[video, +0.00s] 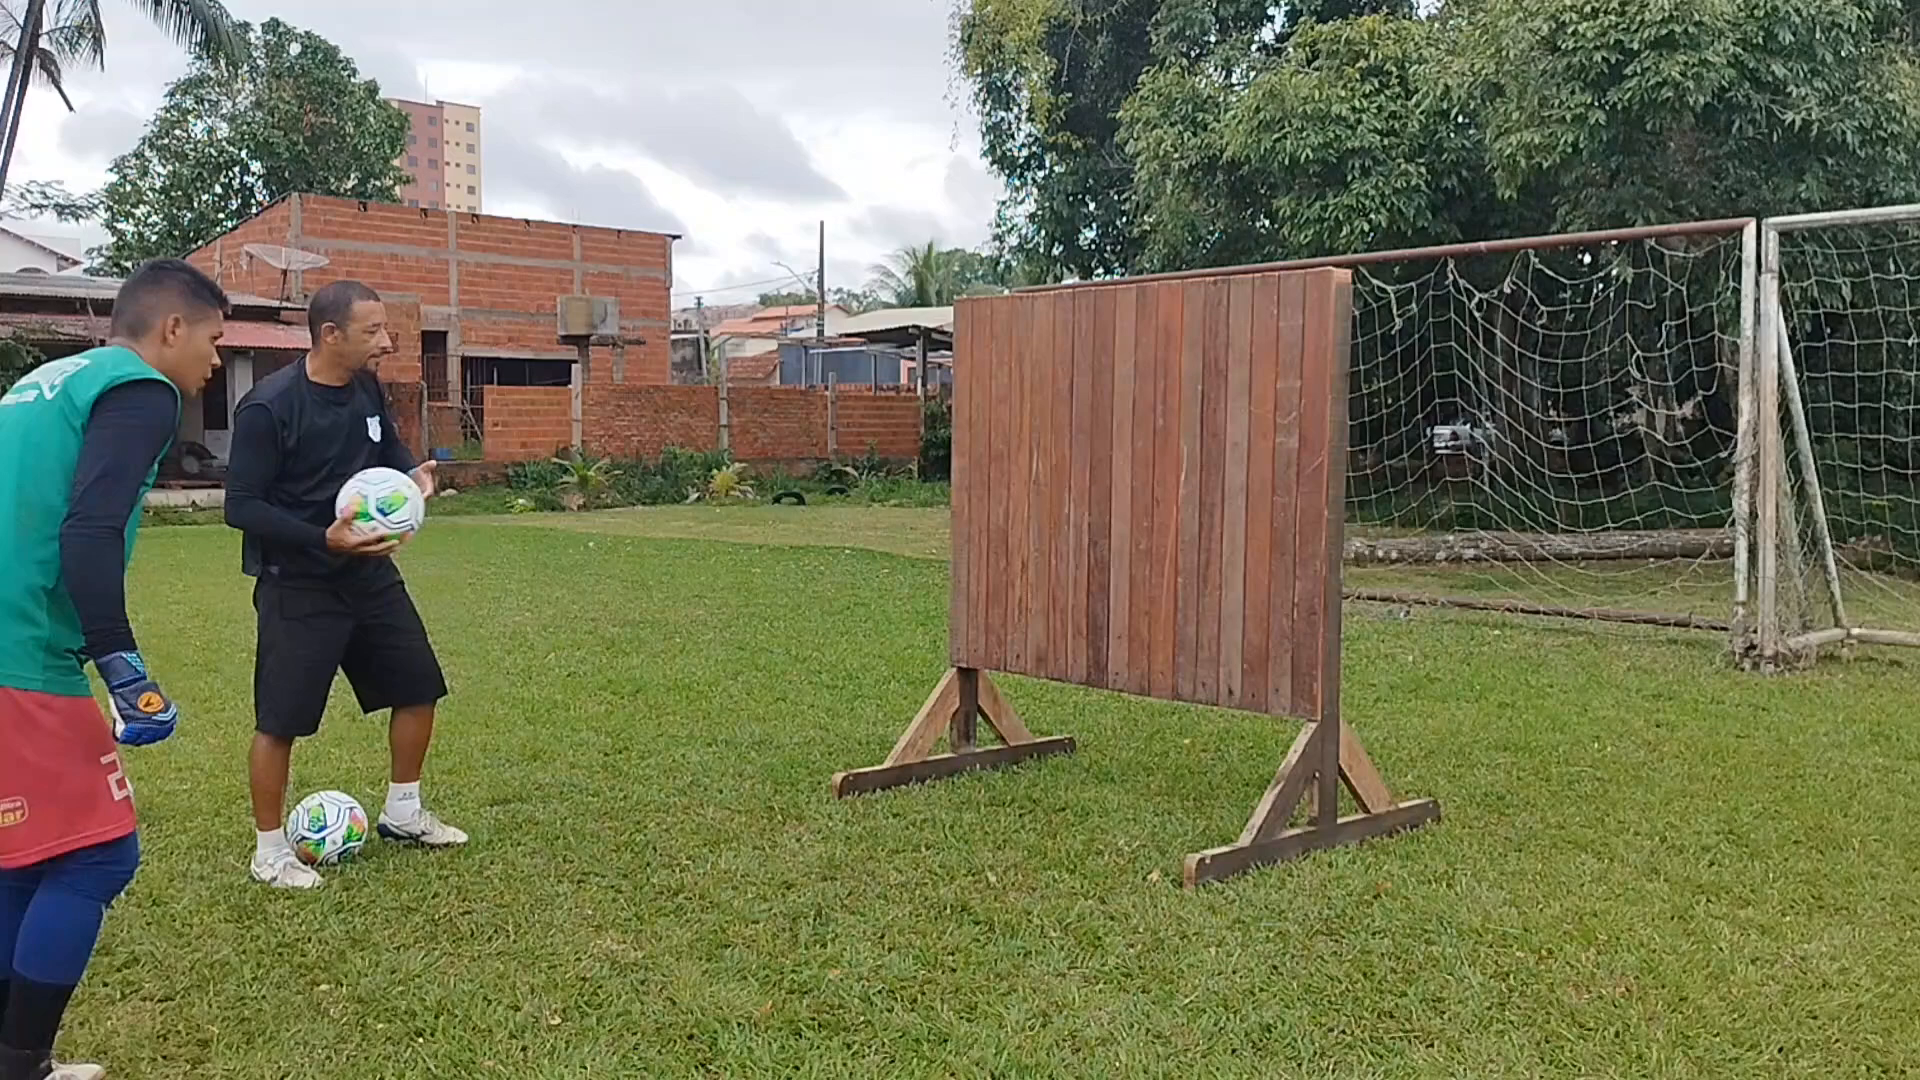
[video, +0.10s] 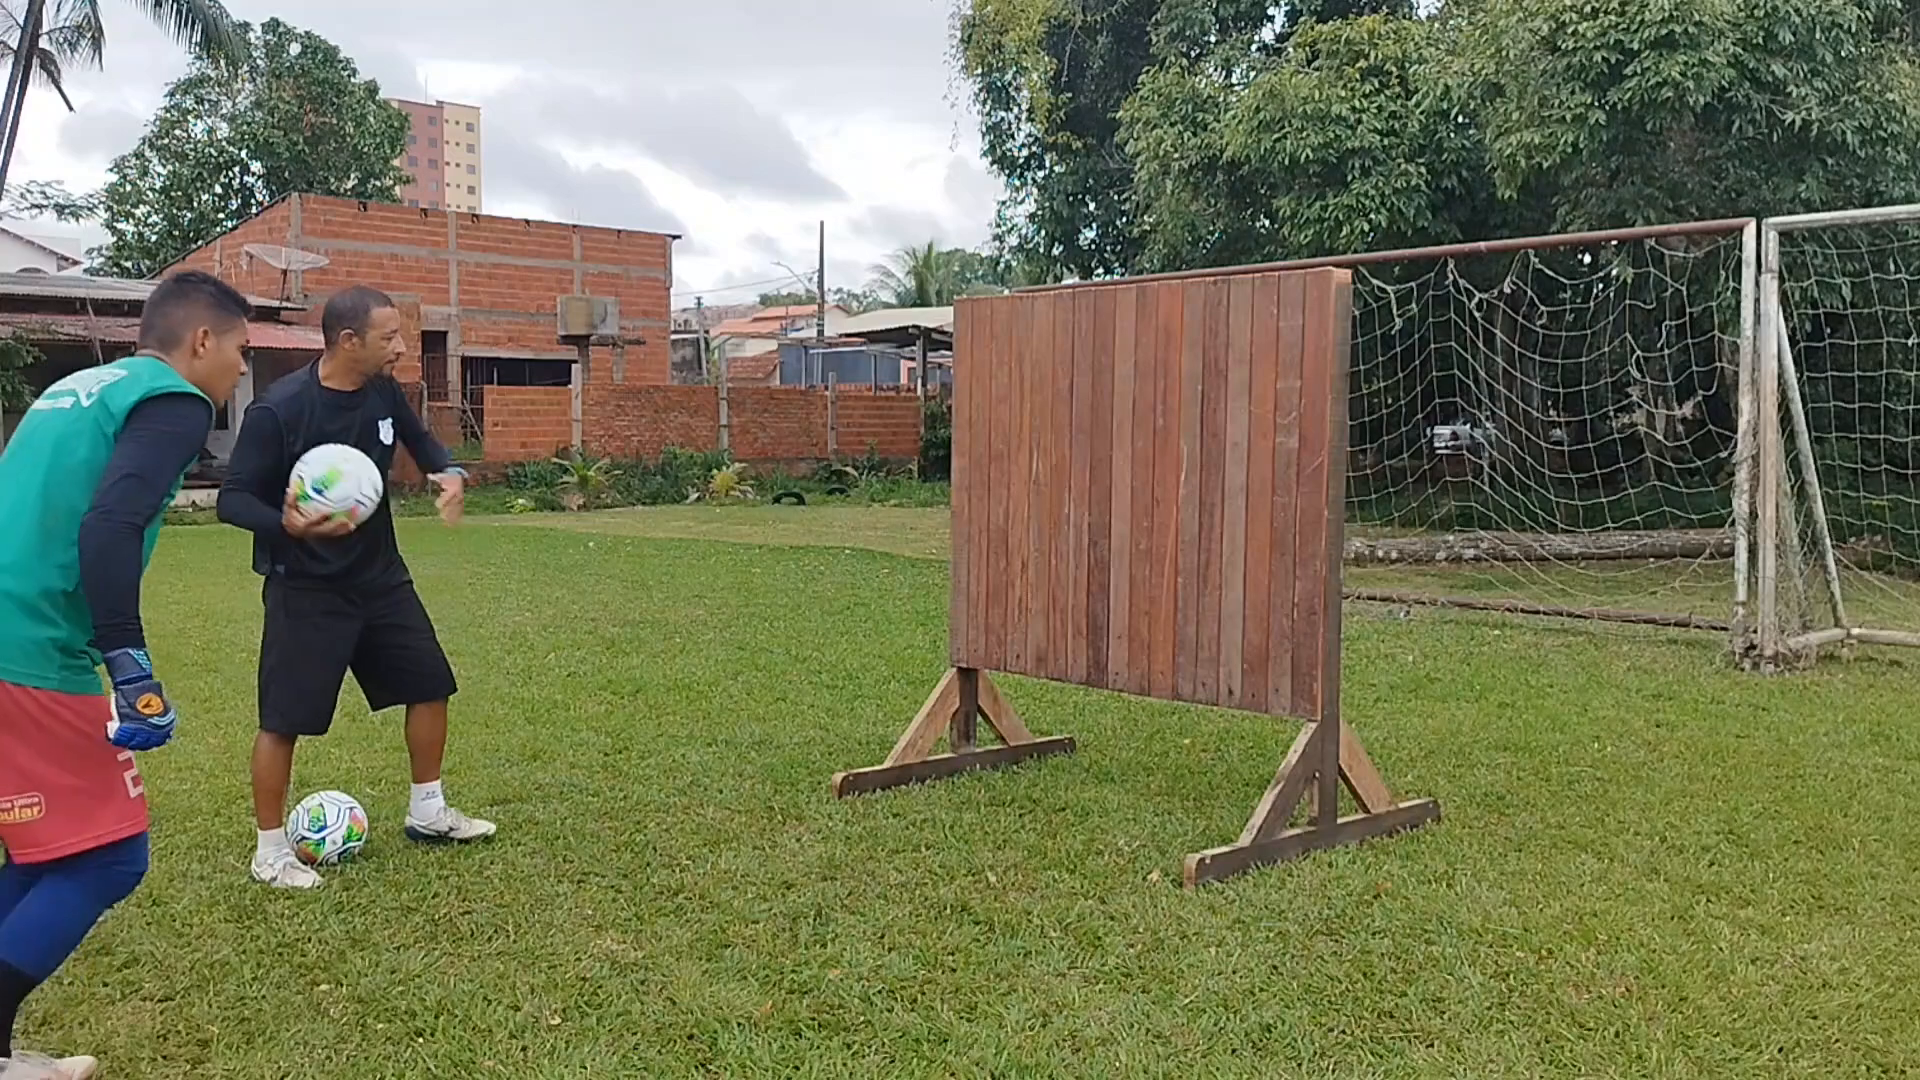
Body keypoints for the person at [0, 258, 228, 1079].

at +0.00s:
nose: (215, 363)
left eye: (218, 345)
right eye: (211, 342)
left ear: (134, 330)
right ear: (171, 328)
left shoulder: (53, 378)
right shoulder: (140, 387)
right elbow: (89, 529)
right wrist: (125, 669)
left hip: (13, 663)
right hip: (28, 665)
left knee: (26, 861)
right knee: (98, 856)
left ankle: (19, 1056)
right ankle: (23, 1063)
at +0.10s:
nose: (240, 375)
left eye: (244, 358)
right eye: (240, 354)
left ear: (156, 339)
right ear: (202, 341)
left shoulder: (78, 386)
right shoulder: (175, 402)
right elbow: (109, 524)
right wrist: (131, 664)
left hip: (12, 651)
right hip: (36, 658)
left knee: (30, 855)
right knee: (110, 856)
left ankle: (4, 1049)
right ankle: (2, 1042)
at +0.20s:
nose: (259, 403)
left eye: (264, 386)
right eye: (258, 383)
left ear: (168, 370)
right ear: (221, 372)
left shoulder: (93, 413)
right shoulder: (210, 439)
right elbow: (142, 549)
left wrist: (254, 459)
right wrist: (174, 697)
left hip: (18, 670)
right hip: (48, 689)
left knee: (128, 844)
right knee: (75, 902)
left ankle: (15, 1049)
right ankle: (11, 1052)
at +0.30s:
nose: (291, 440)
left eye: (292, 423)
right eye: (288, 421)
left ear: (204, 414)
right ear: (251, 416)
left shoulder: (123, 463)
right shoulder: (237, 491)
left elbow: (23, 554)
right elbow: (231, 642)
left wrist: (97, 627)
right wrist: (305, 715)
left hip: (30, 709)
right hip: (91, 733)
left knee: (220, 799)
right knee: (53, 955)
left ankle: (137, 987)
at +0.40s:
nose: (365, 445)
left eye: (365, 430)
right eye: (361, 428)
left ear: (281, 421)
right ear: (326, 424)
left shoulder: (202, 465)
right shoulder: (332, 490)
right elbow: (376, 623)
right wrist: (399, 616)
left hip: (106, 695)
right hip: (162, 720)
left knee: (302, 765)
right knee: (55, 931)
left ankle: (328, 959)